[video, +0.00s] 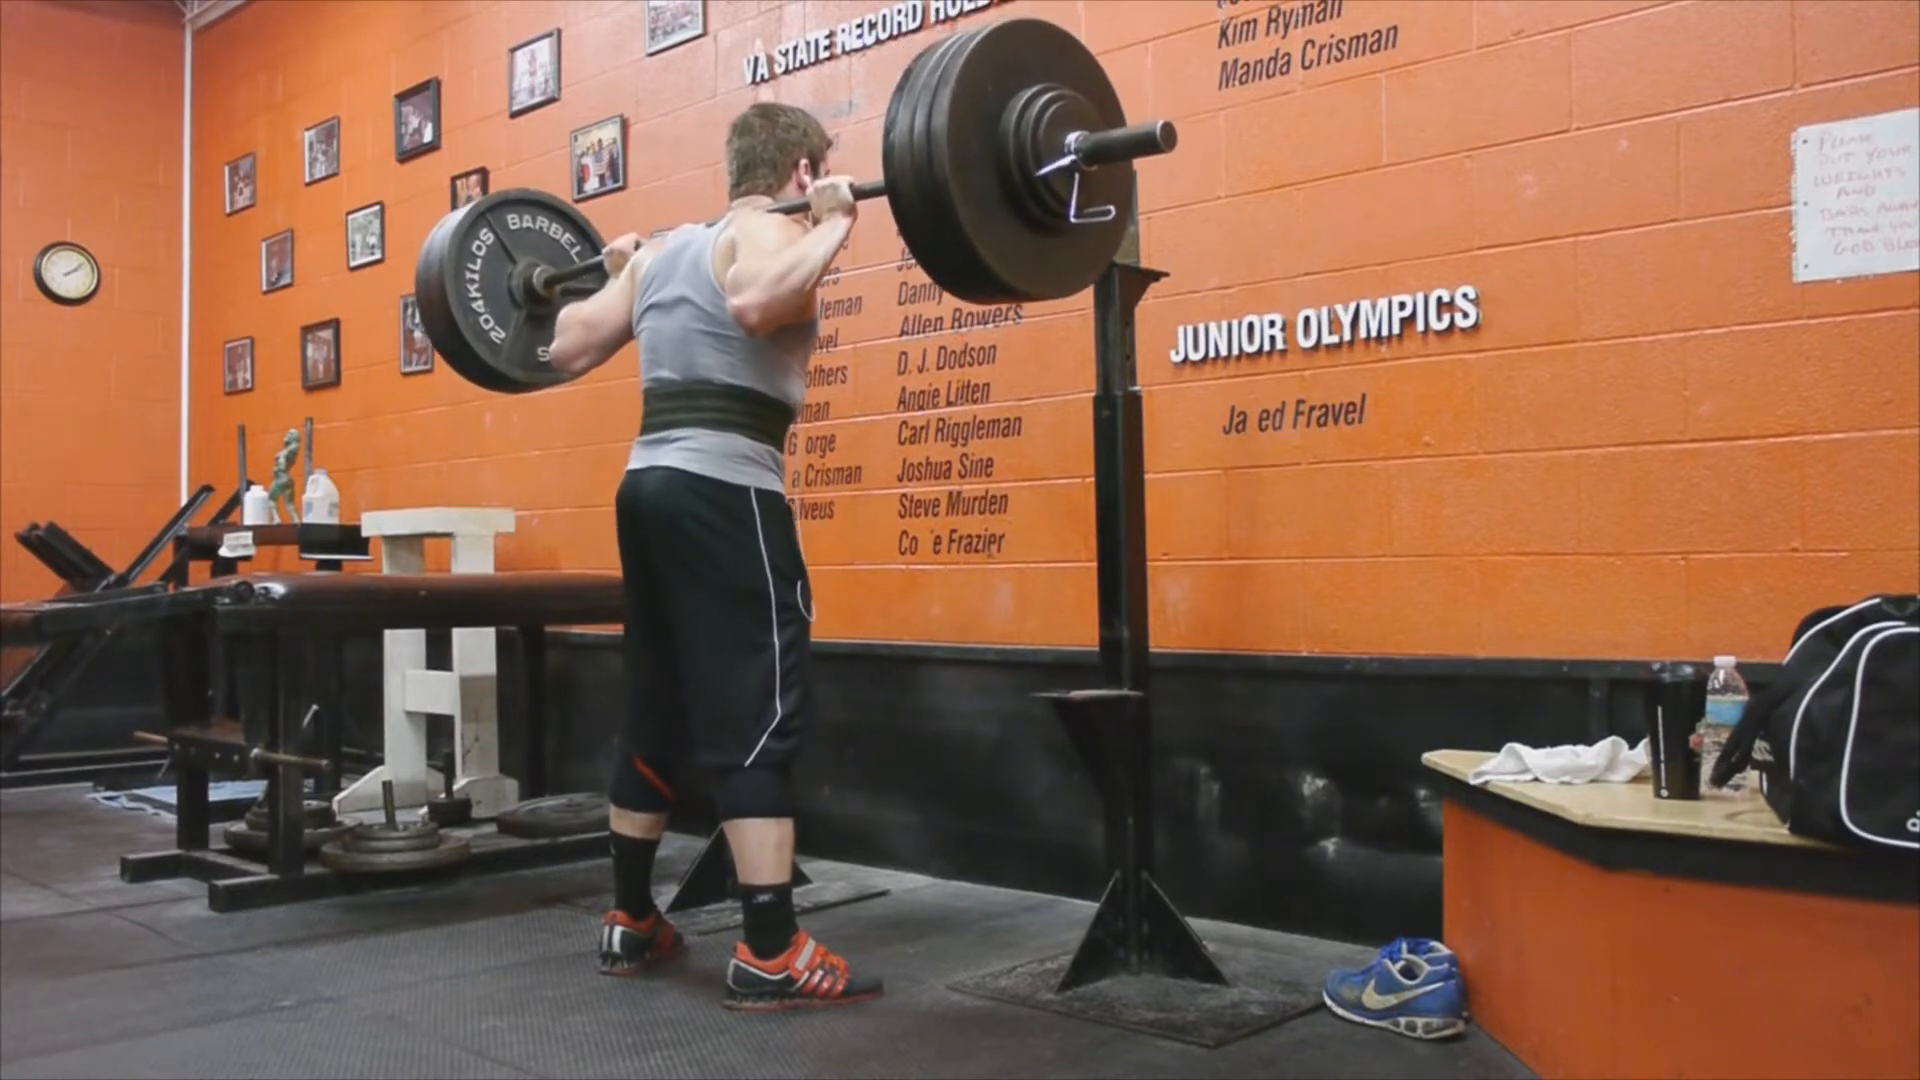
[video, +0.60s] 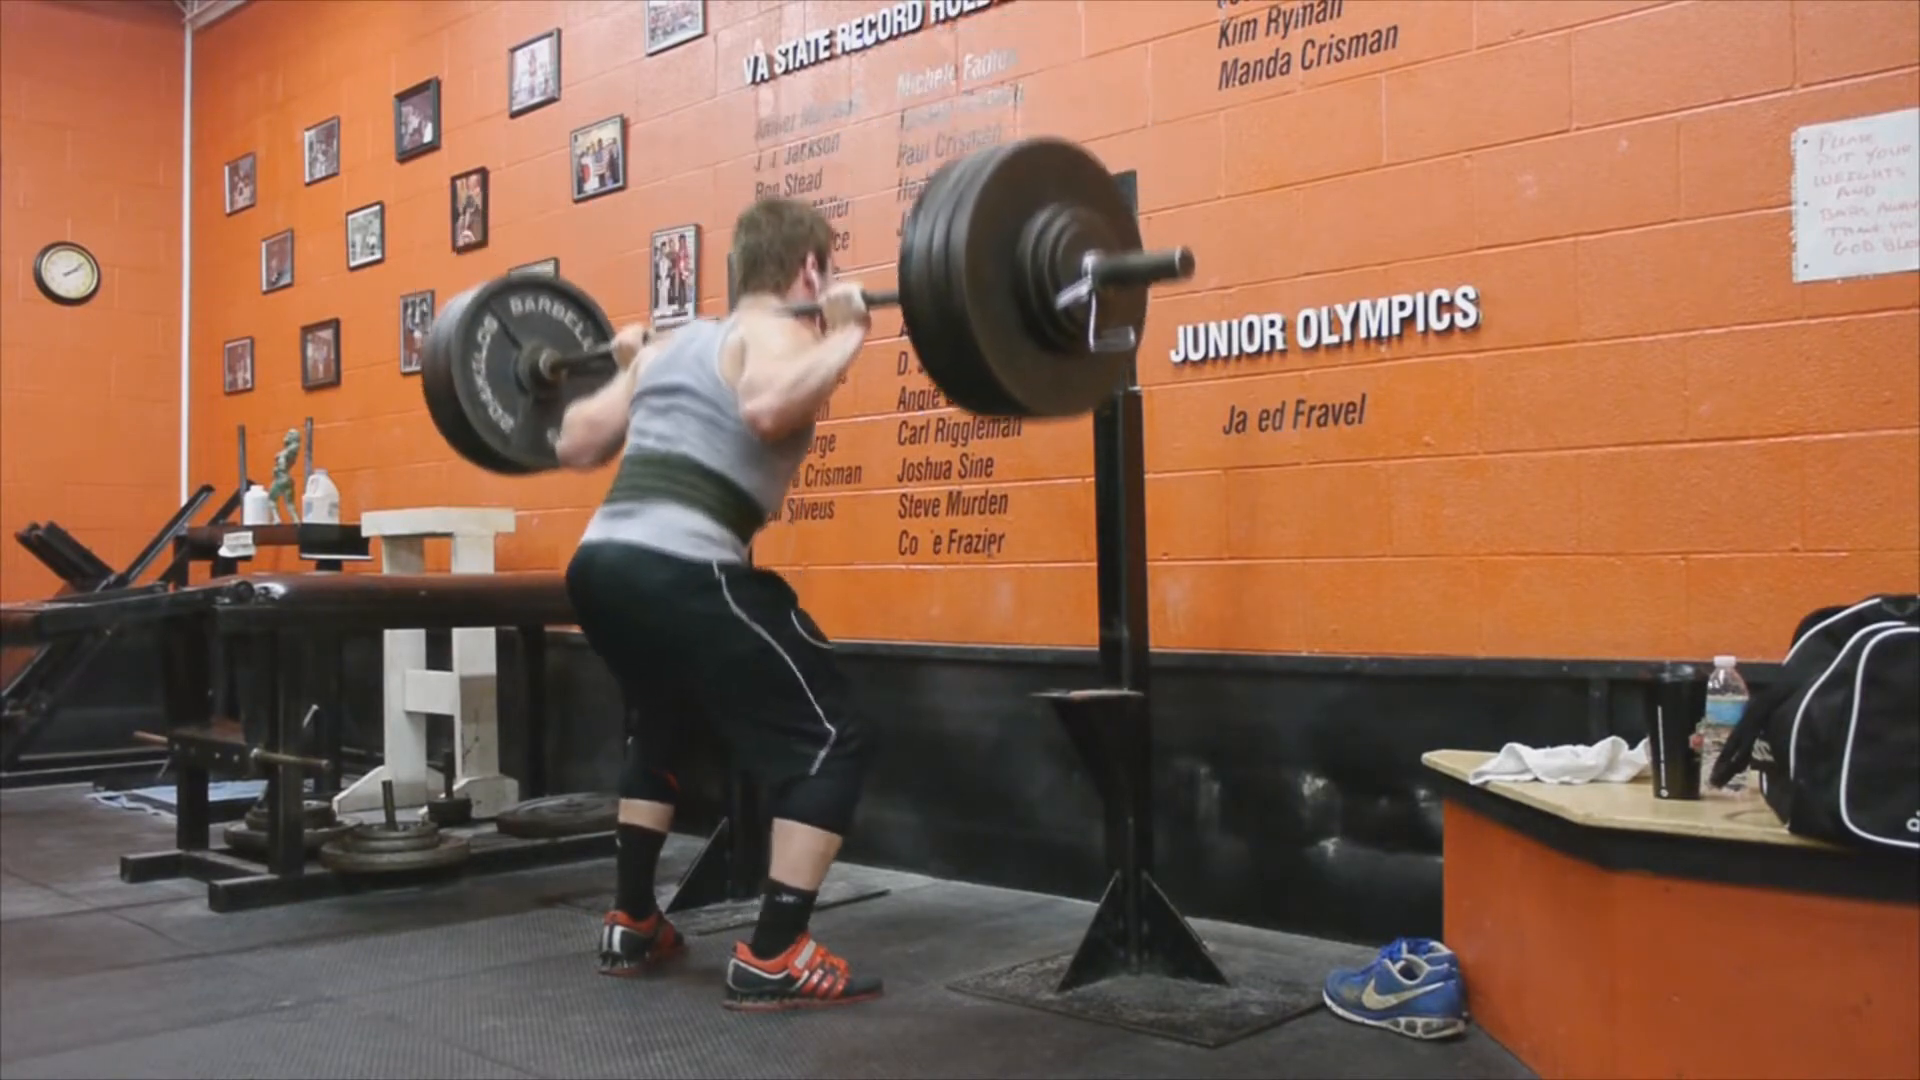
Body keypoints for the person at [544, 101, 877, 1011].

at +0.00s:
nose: (825, 189)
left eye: (824, 174)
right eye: (823, 174)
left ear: (737, 171)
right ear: (800, 169)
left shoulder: (664, 251)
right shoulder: (773, 227)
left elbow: (564, 347)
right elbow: (753, 303)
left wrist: (607, 273)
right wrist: (833, 229)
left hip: (650, 486)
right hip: (725, 488)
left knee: (658, 708)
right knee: (758, 713)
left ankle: (631, 920)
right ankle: (770, 947)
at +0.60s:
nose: (826, 285)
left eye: (825, 272)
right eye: (825, 272)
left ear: (739, 272)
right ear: (806, 271)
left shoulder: (670, 344)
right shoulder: (779, 332)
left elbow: (574, 444)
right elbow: (767, 407)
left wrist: (621, 363)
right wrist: (846, 333)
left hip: (602, 565)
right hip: (689, 571)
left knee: (660, 722)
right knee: (834, 734)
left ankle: (632, 921)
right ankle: (775, 948)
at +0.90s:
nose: (833, 377)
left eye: (831, 363)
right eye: (831, 362)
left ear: (744, 365)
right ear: (811, 366)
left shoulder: (680, 438)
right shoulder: (787, 428)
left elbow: (586, 548)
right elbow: (781, 522)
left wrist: (636, 460)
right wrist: (857, 442)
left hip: (596, 654)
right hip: (686, 663)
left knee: (668, 745)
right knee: (855, 766)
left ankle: (633, 920)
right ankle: (776, 951)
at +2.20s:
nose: (825, 265)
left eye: (823, 252)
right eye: (824, 253)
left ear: (739, 254)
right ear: (805, 251)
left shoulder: (668, 326)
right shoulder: (783, 316)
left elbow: (569, 419)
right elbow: (771, 387)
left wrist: (617, 345)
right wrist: (851, 315)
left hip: (599, 536)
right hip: (688, 543)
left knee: (666, 712)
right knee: (811, 717)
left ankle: (633, 919)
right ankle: (775, 947)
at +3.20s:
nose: (835, 373)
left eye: (837, 361)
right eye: (834, 360)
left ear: (744, 363)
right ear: (815, 363)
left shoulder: (675, 434)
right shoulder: (789, 427)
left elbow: (579, 540)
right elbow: (790, 515)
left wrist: (625, 454)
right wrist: (864, 440)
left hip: (594, 642)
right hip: (687, 654)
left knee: (665, 735)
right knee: (853, 750)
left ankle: (634, 920)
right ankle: (776, 949)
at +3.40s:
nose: (833, 451)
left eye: (833, 436)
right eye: (831, 436)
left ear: (743, 442)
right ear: (813, 443)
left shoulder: (675, 515)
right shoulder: (792, 516)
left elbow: (587, 621)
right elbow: (796, 610)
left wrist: (627, 533)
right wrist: (868, 525)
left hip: (599, 736)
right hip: (696, 749)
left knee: (675, 751)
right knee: (870, 782)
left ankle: (634, 918)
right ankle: (776, 951)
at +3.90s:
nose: (837, 443)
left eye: (835, 428)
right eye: (835, 428)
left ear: (746, 432)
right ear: (817, 432)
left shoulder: (674, 503)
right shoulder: (798, 498)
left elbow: (574, 594)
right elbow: (786, 582)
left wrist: (626, 516)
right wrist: (867, 505)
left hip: (600, 713)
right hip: (698, 721)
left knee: (674, 751)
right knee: (860, 768)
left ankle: (634, 917)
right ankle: (775, 950)